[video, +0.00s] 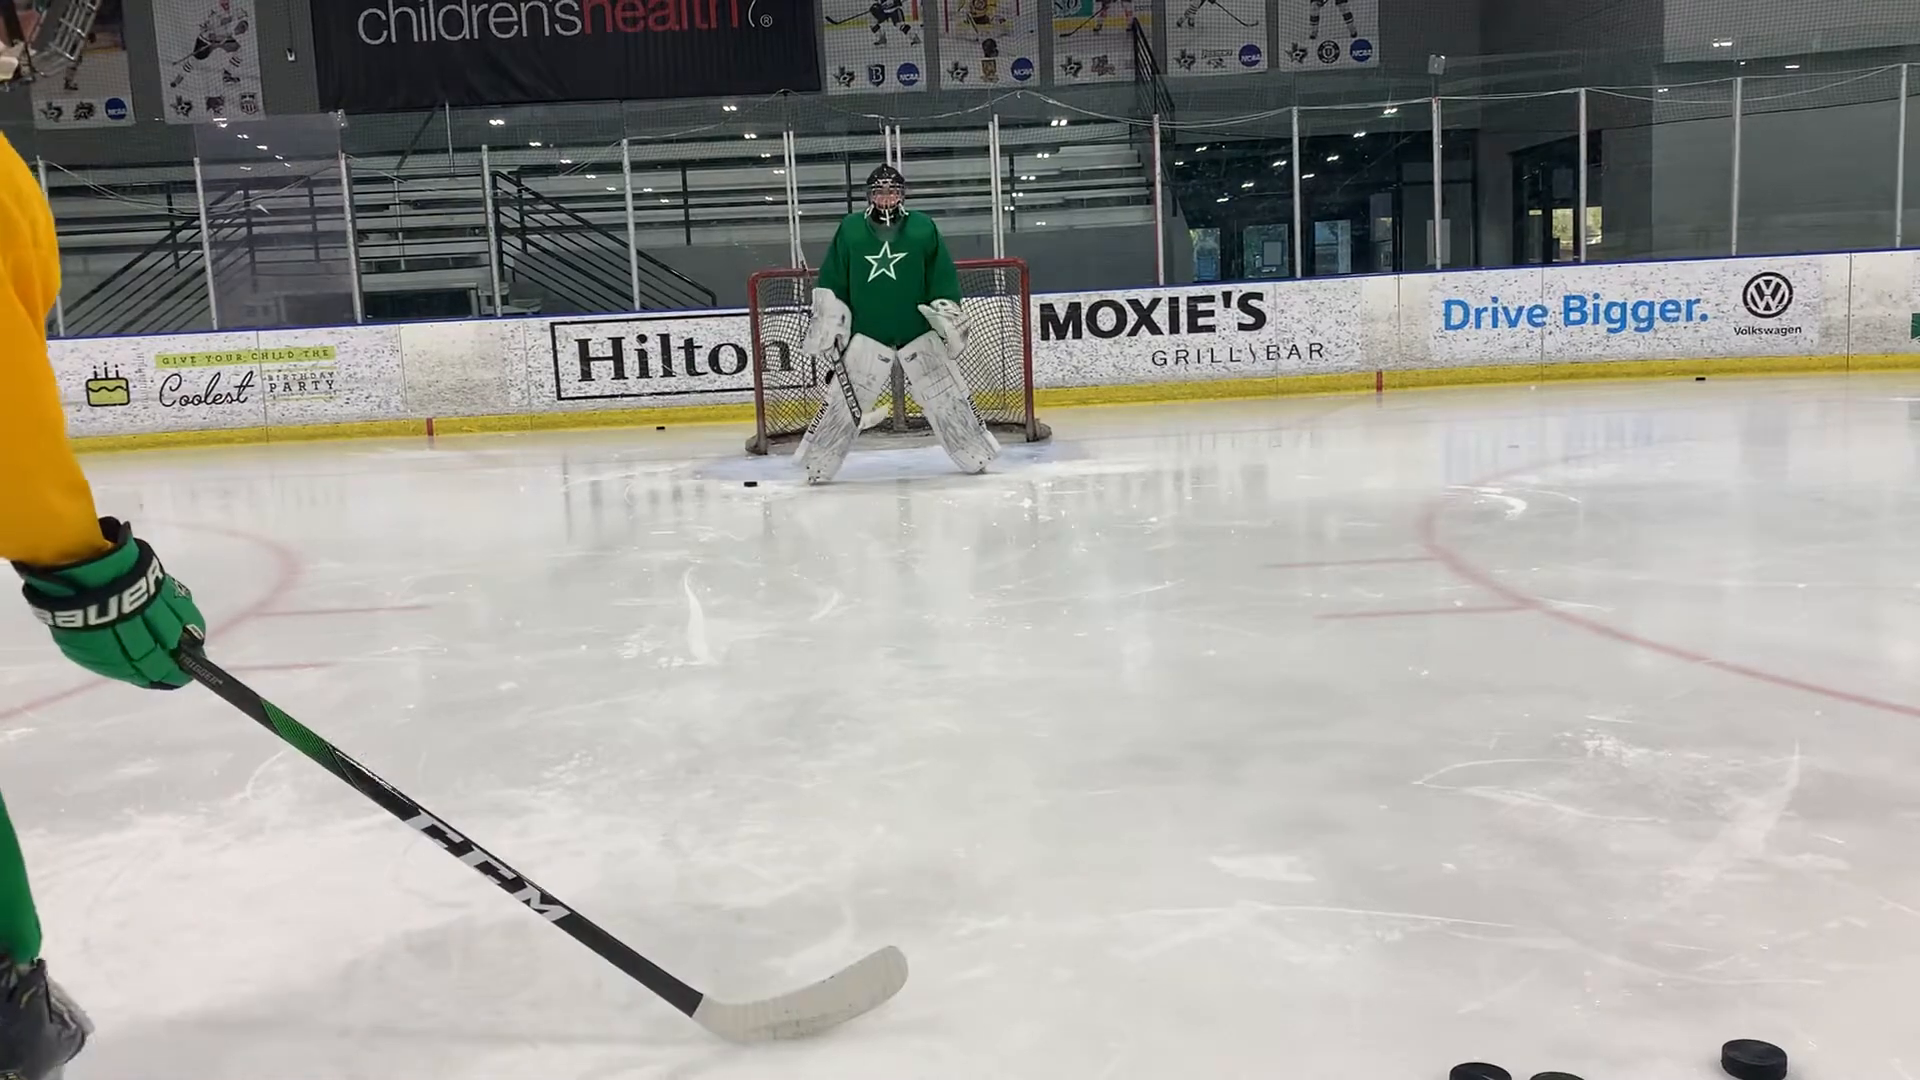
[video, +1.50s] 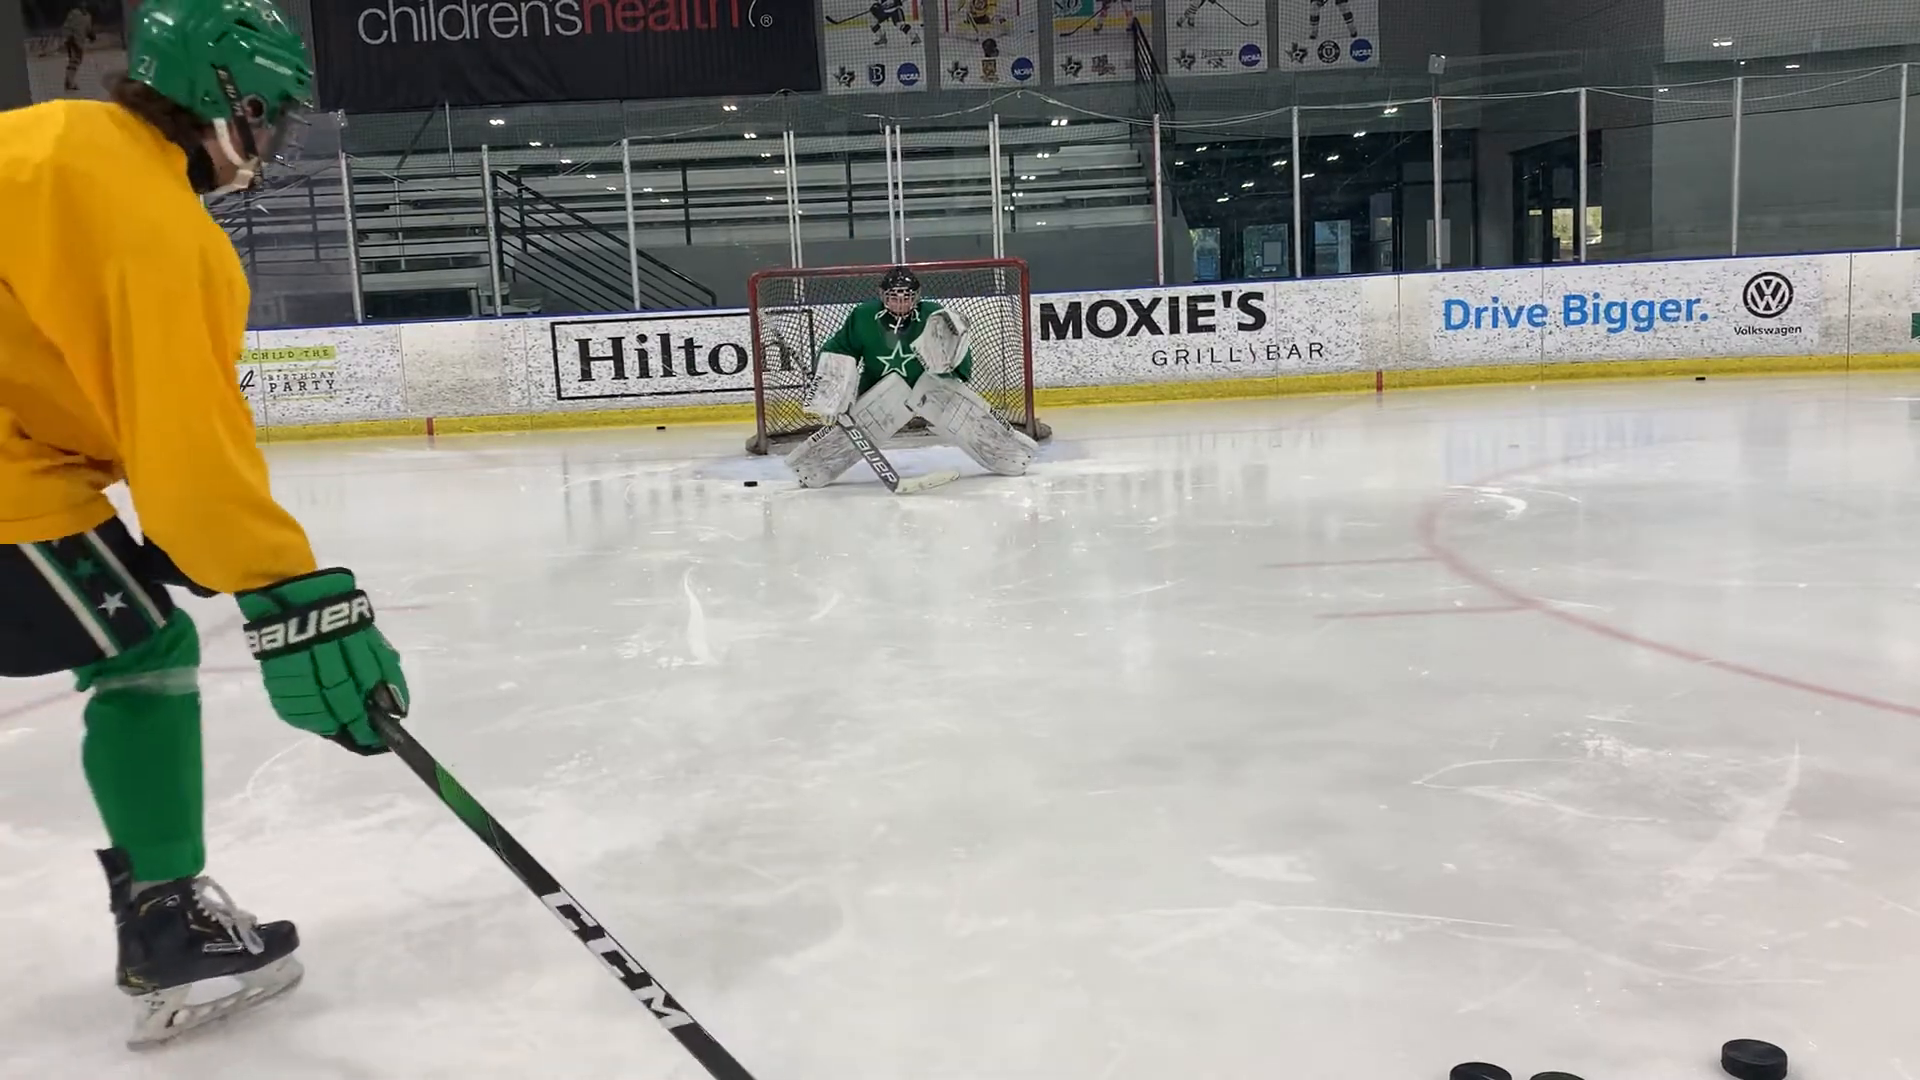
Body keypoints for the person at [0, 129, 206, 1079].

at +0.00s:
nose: (28, 23)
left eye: (32, 1)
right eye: (23, 1)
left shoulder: (17, 183)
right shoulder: (5, 183)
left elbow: (10, 368)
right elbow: (6, 372)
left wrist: (72, 556)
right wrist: (79, 560)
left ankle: (17, 996)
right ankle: (13, 999)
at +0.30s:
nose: (32, 50)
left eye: (34, 31)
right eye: (29, 27)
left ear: (17, 29)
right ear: (6, 20)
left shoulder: (17, 174)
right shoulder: (4, 174)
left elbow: (14, 384)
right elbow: (9, 392)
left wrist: (87, 549)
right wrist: (104, 552)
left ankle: (19, 976)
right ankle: (16, 981)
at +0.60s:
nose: (79, 63)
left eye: (90, 37)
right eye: (77, 29)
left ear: (26, 30)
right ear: (24, 21)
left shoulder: (19, 171)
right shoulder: (5, 172)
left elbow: (25, 393)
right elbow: (25, 399)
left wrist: (124, 542)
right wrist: (138, 548)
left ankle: (18, 983)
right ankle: (17, 988)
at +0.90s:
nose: (134, 65)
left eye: (144, 43)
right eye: (122, 35)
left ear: (46, 29)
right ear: (45, 19)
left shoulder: (26, 155)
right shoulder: (13, 165)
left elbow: (37, 368)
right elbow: (31, 374)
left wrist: (155, 519)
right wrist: (167, 529)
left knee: (9, 691)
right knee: (6, 692)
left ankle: (27, 970)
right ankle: (25, 976)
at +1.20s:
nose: (178, 114)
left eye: (193, 91)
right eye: (169, 81)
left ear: (80, 48)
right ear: (88, 46)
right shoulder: (36, 197)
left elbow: (61, 415)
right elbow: (78, 447)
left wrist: (181, 554)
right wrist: (217, 574)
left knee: (27, 685)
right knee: (29, 687)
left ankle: (52, 955)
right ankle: (61, 968)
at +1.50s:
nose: (270, 150)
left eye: (278, 125)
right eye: (267, 121)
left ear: (158, 86)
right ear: (220, 106)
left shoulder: (47, 134)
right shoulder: (164, 233)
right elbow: (193, 459)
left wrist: (121, 517)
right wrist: (300, 609)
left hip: (12, 473)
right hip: (11, 485)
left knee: (132, 650)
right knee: (147, 650)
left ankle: (155, 910)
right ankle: (167, 921)